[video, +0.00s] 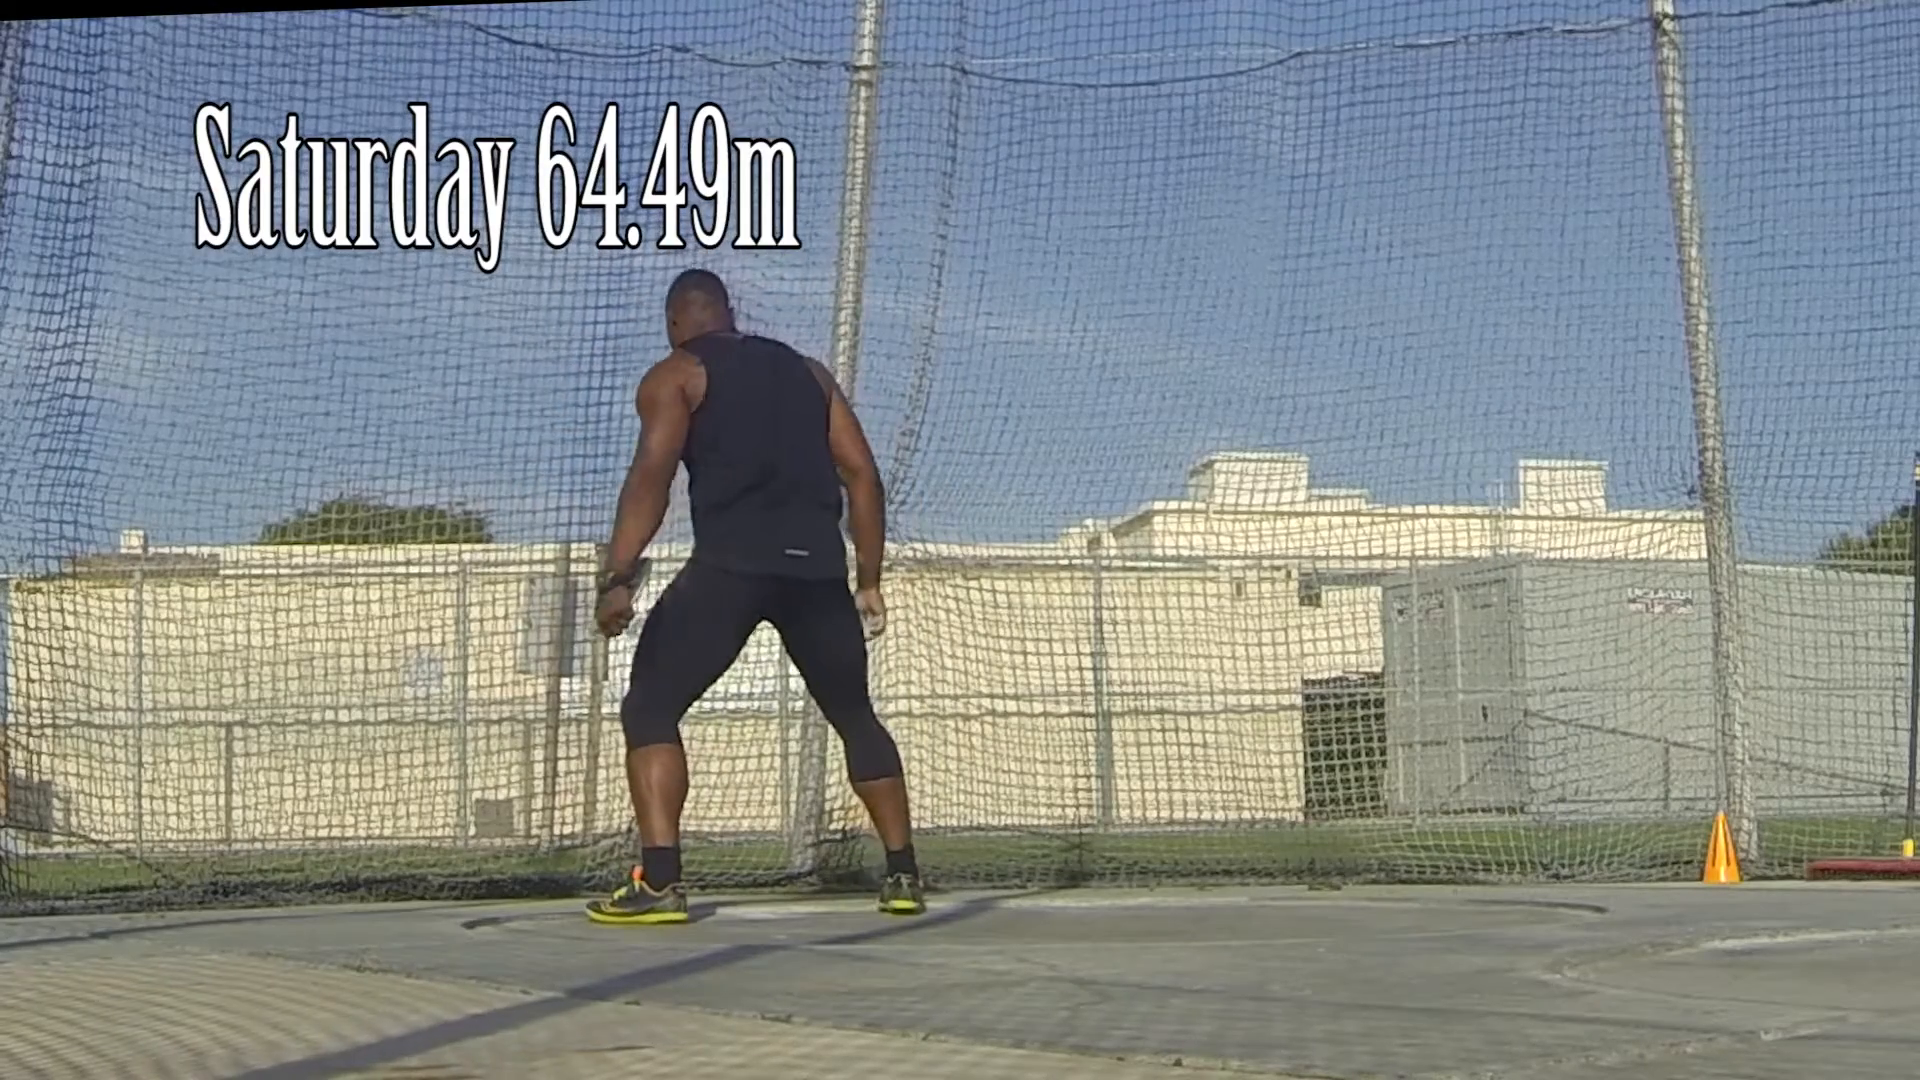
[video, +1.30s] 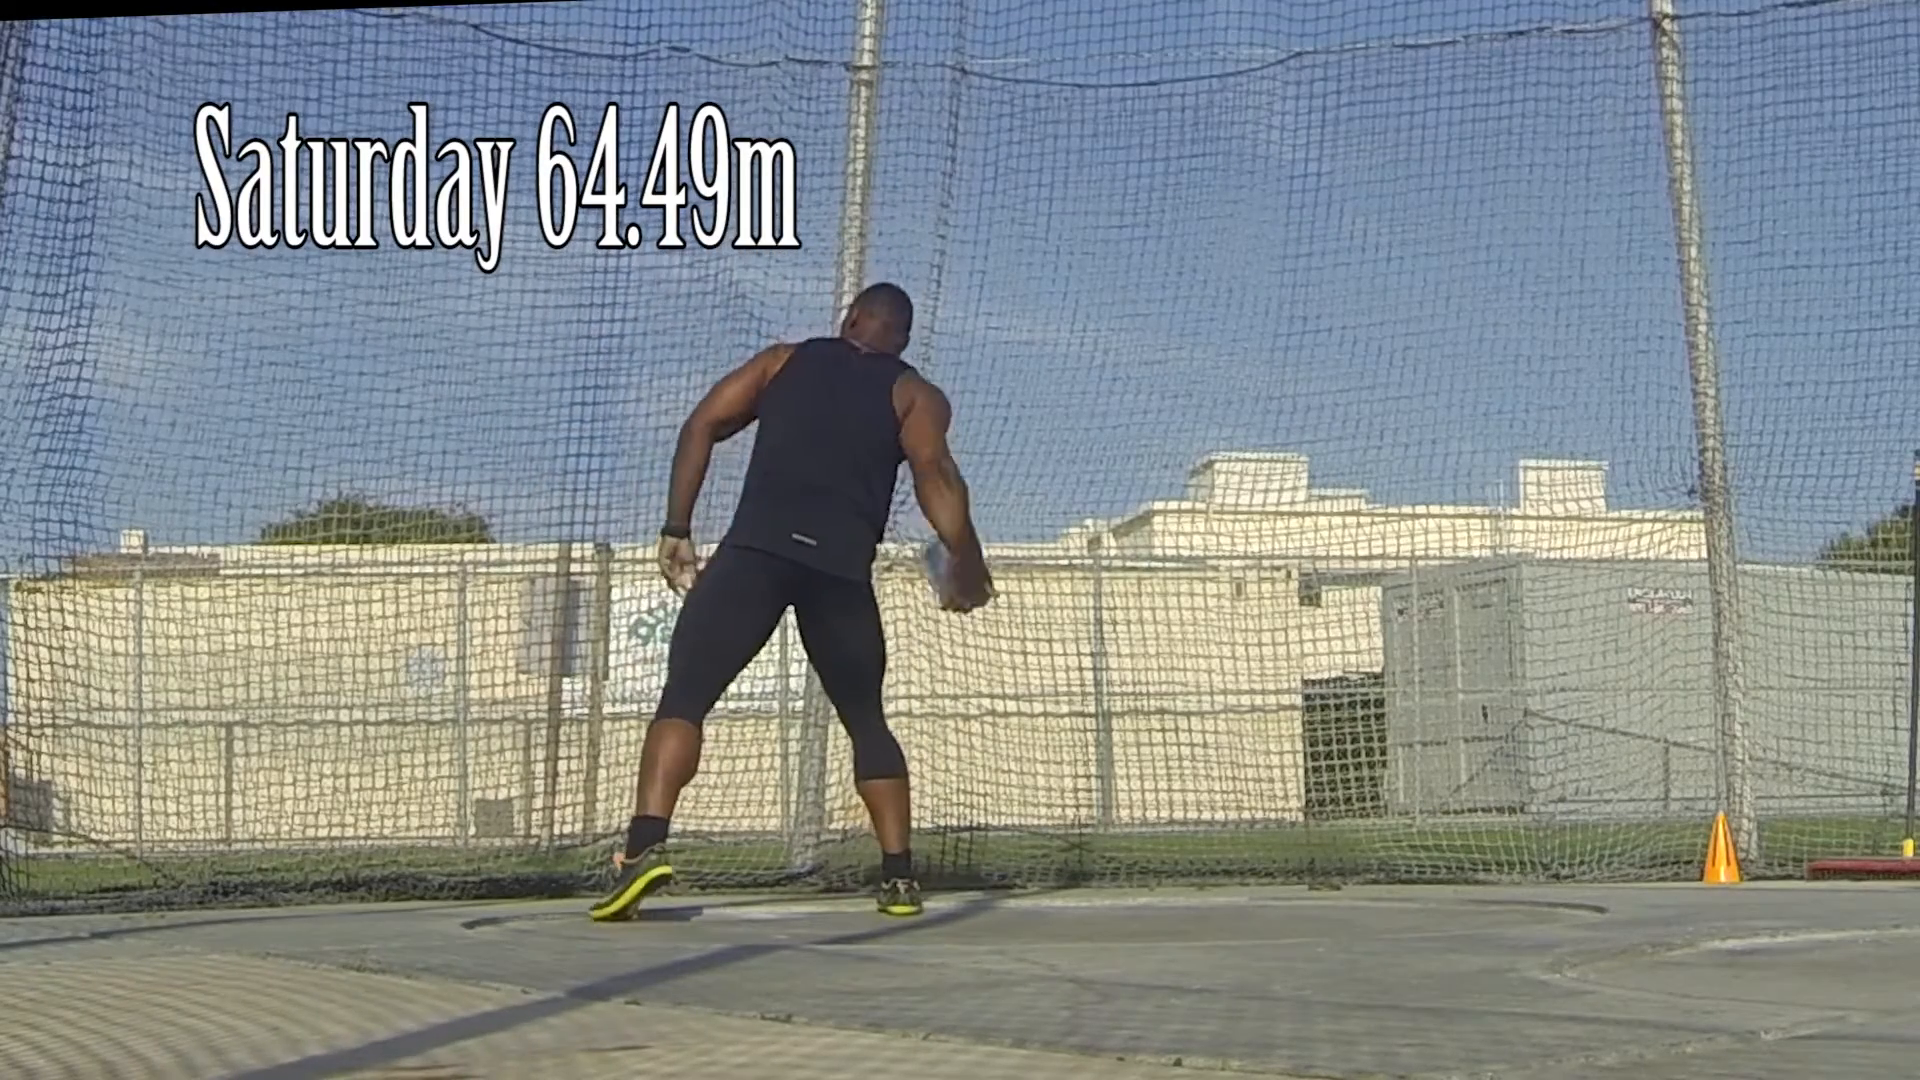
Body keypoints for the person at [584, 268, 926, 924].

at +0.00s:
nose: (671, 335)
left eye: (670, 326)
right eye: (674, 327)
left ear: (677, 322)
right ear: (731, 315)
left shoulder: (675, 375)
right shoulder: (807, 371)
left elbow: (652, 475)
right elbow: (863, 471)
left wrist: (620, 577)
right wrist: (870, 577)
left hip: (728, 570)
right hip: (819, 574)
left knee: (650, 709)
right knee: (856, 715)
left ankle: (659, 882)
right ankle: (903, 873)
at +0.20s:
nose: (690, 303)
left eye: (686, 293)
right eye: (701, 289)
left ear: (682, 298)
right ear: (743, 294)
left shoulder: (661, 377)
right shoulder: (814, 365)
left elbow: (636, 503)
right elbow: (826, 480)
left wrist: (620, 599)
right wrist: (785, 540)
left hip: (720, 565)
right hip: (809, 565)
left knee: (647, 709)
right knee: (852, 716)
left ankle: (658, 883)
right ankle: (901, 876)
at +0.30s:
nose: (723, 295)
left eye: (715, 283)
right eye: (736, 284)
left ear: (705, 290)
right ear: (766, 291)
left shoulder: (676, 365)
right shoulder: (826, 363)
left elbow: (651, 490)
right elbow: (816, 466)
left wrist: (670, 554)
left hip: (722, 562)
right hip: (810, 566)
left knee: (654, 708)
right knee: (850, 716)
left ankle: (658, 882)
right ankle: (901, 876)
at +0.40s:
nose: (729, 290)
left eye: (731, 279)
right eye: (743, 278)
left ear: (735, 285)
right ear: (790, 289)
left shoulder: (699, 356)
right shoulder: (837, 362)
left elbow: (668, 474)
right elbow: (828, 460)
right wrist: (738, 433)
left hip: (732, 560)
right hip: (817, 565)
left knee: (668, 704)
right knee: (850, 715)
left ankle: (659, 880)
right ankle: (900, 876)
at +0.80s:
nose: (822, 306)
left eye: (817, 294)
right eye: (851, 299)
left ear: (814, 296)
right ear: (874, 306)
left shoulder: (787, 351)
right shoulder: (905, 389)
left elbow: (722, 443)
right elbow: (866, 466)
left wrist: (720, 497)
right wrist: (787, 496)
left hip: (773, 557)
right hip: (851, 573)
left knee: (696, 694)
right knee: (853, 718)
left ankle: (659, 863)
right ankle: (898, 876)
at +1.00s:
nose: (849, 318)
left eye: (846, 308)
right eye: (880, 315)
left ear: (841, 311)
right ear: (902, 324)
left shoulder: (796, 352)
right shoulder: (926, 413)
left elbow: (725, 445)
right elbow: (916, 518)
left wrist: (744, 515)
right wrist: (876, 557)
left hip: (769, 554)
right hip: (850, 577)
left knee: (687, 693)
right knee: (853, 719)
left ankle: (665, 866)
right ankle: (899, 877)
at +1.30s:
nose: (856, 327)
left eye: (855, 318)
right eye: (881, 326)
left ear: (847, 320)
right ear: (903, 338)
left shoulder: (786, 358)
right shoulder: (917, 394)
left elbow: (702, 423)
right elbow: (932, 472)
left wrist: (676, 528)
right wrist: (968, 560)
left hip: (753, 555)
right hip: (840, 575)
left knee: (686, 696)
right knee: (867, 718)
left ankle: (644, 847)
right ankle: (899, 876)